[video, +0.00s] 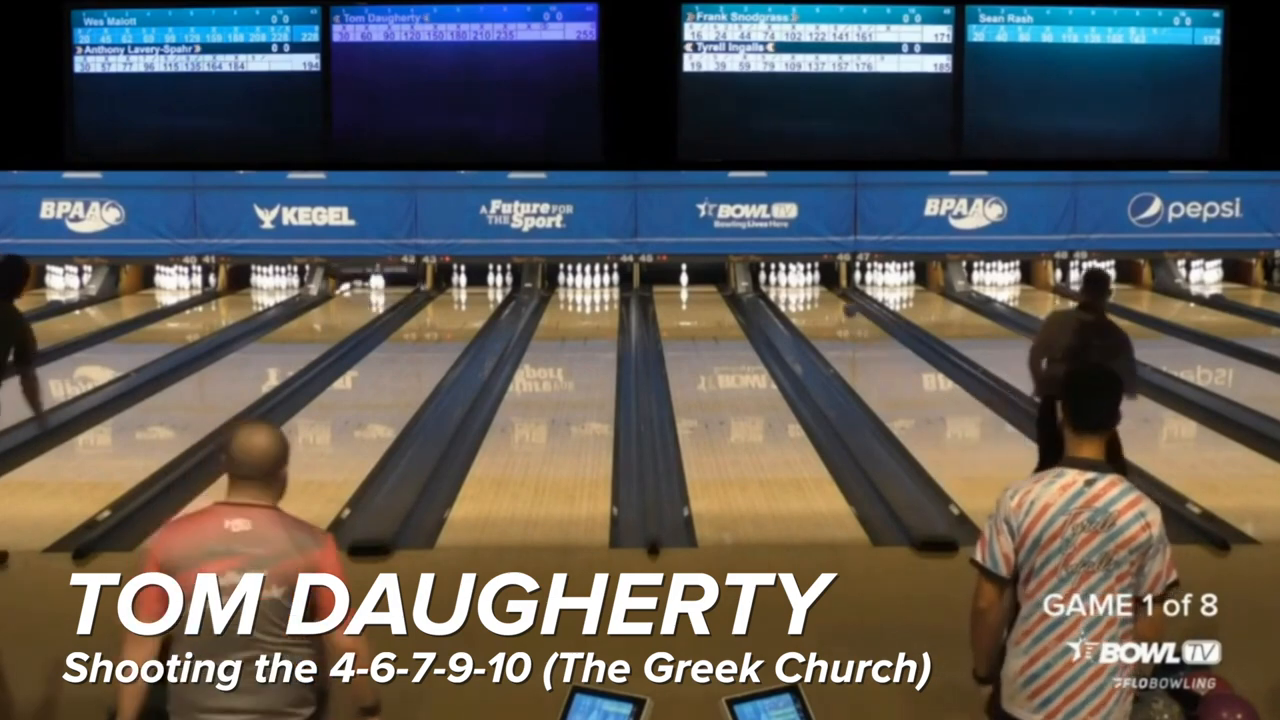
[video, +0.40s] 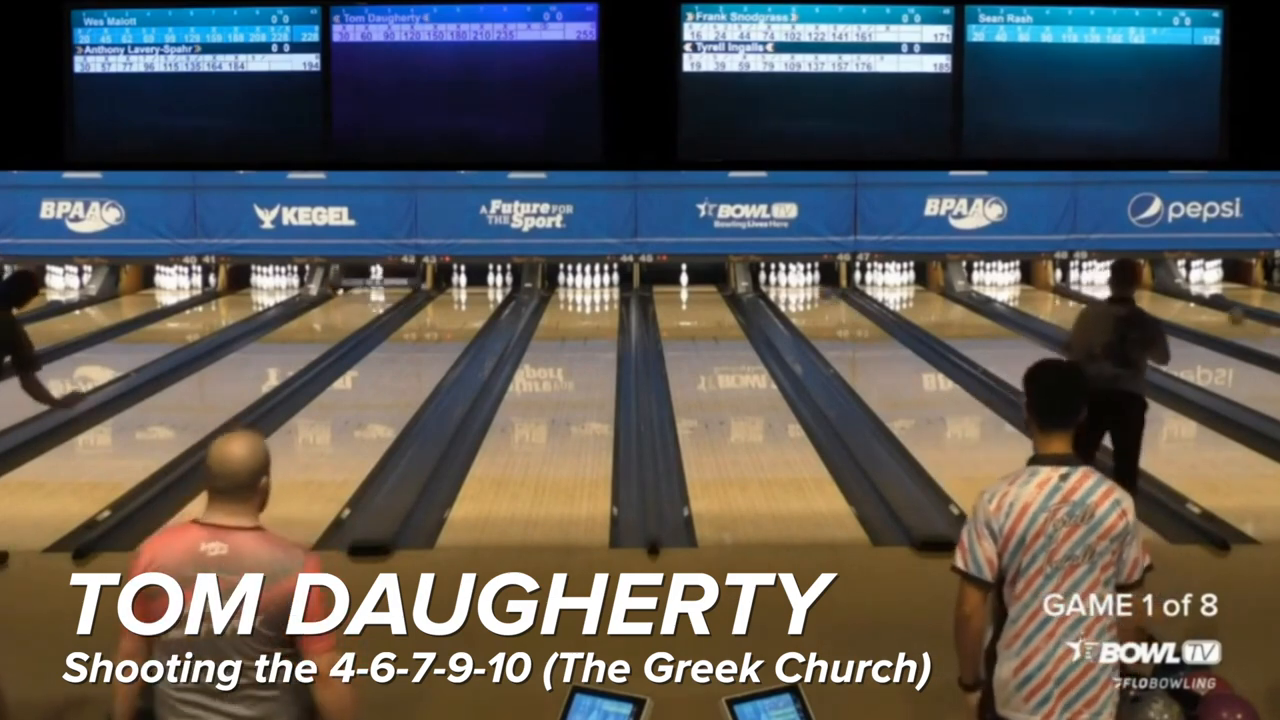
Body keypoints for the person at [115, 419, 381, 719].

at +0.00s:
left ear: (226, 470)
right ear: (282, 476)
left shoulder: (168, 543)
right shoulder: (316, 547)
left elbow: (136, 664)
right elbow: (355, 662)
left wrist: (126, 714)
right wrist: (370, 705)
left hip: (194, 710)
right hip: (287, 710)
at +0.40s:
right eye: (270, 478)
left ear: (206, 481)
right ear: (263, 487)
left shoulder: (155, 552)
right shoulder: (298, 565)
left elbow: (129, 667)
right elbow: (326, 680)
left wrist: (124, 714)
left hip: (177, 709)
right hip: (267, 709)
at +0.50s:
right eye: (250, 482)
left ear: (188, 485)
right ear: (245, 492)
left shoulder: (136, 557)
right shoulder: (279, 573)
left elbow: (124, 665)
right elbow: (305, 685)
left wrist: (134, 713)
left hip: (157, 712)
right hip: (248, 713)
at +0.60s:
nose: (240, 488)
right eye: (239, 481)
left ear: (179, 486)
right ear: (234, 491)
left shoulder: (126, 557)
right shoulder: (269, 574)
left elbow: (115, 654)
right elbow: (295, 686)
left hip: (148, 712)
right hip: (239, 712)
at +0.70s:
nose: (228, 487)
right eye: (228, 481)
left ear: (165, 486)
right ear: (223, 491)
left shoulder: (115, 558)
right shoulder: (259, 571)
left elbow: (105, 656)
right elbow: (283, 686)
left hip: (138, 712)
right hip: (231, 712)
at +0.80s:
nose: (217, 489)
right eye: (217, 483)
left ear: (151, 486)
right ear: (211, 492)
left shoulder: (105, 559)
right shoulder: (249, 569)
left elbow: (91, 657)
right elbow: (274, 683)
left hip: (133, 712)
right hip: (223, 712)